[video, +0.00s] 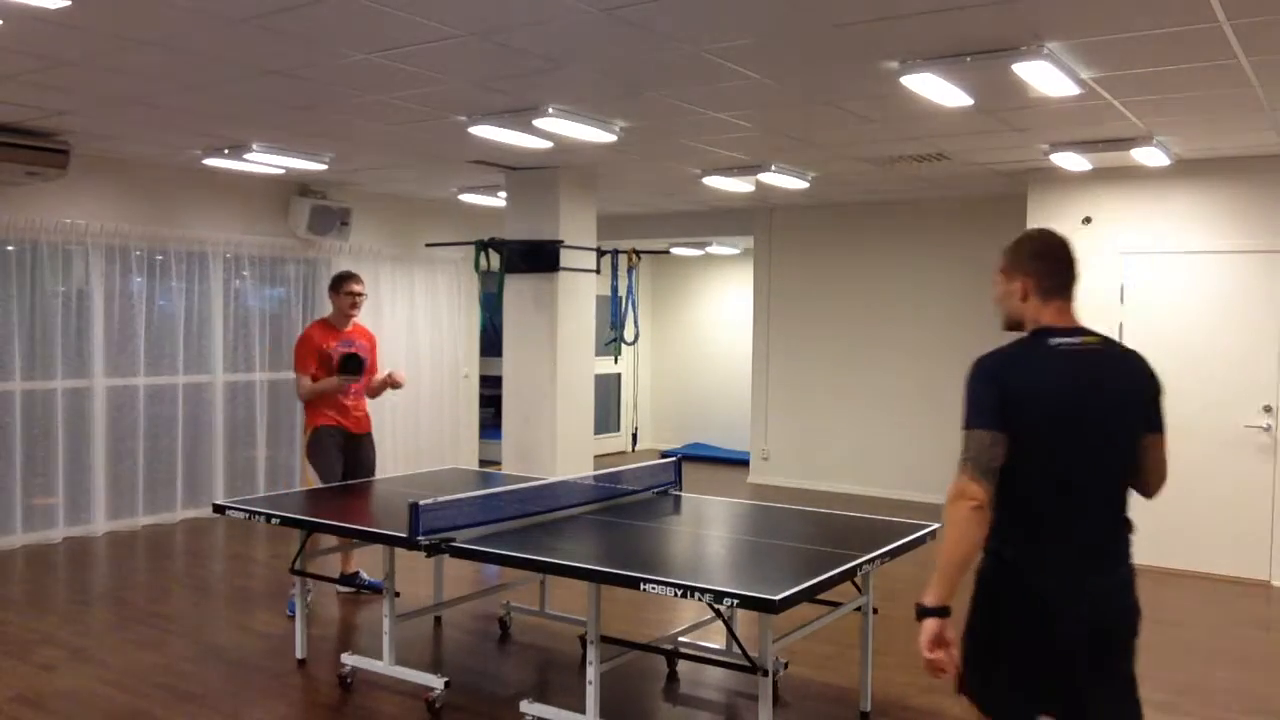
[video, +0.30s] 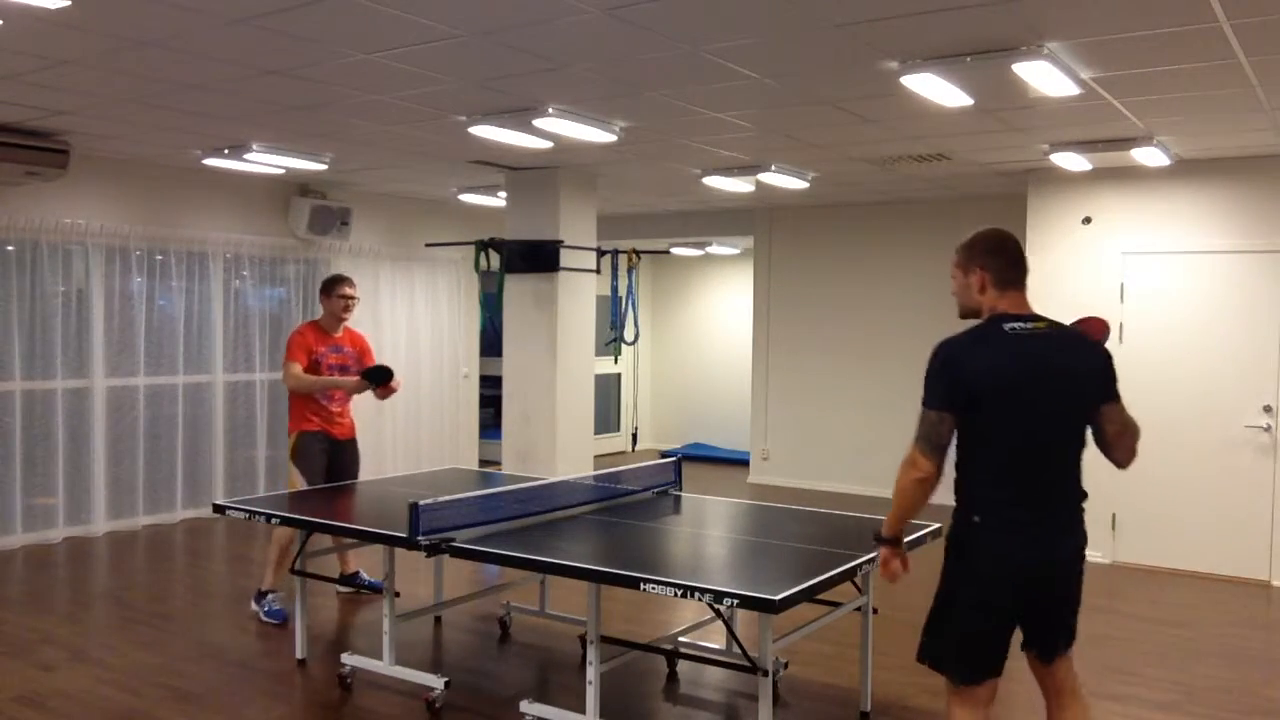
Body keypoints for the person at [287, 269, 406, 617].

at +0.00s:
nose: (357, 301)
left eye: (361, 296)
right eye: (350, 295)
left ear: (364, 300)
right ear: (333, 297)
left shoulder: (366, 338)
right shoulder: (312, 336)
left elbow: (369, 391)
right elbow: (303, 391)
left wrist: (386, 381)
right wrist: (338, 382)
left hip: (359, 426)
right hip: (325, 425)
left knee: (357, 500)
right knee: (331, 496)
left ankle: (348, 571)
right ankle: (301, 582)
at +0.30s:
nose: (349, 305)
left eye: (353, 300)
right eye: (343, 298)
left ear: (356, 304)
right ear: (324, 300)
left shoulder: (357, 341)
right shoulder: (304, 335)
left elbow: (371, 387)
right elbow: (292, 379)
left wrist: (385, 386)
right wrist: (347, 383)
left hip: (344, 433)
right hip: (309, 432)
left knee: (343, 506)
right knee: (298, 509)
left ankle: (349, 572)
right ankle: (266, 591)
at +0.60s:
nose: (334, 304)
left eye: (337, 299)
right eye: (328, 298)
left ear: (338, 304)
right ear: (307, 299)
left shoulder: (337, 342)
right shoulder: (286, 337)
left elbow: (339, 391)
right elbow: (273, 393)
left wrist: (362, 395)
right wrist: (321, 399)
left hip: (318, 435)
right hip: (283, 432)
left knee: (323, 508)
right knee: (282, 513)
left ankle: (342, 570)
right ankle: (264, 595)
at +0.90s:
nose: (331, 302)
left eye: (335, 297)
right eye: (325, 295)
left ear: (336, 301)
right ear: (305, 296)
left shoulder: (333, 339)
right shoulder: (280, 336)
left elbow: (339, 390)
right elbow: (250, 383)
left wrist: (360, 370)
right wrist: (287, 408)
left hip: (322, 436)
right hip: (285, 436)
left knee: (326, 511)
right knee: (273, 515)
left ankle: (331, 576)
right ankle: (264, 594)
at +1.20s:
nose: (343, 305)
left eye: (346, 300)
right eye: (337, 298)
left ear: (346, 304)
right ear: (318, 297)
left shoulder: (343, 336)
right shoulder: (293, 337)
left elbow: (374, 370)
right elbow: (271, 388)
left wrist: (364, 325)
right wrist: (309, 403)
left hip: (340, 436)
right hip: (303, 436)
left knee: (343, 507)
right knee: (286, 514)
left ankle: (340, 572)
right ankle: (265, 594)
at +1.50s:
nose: (354, 311)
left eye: (357, 306)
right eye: (349, 305)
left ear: (357, 307)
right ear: (328, 301)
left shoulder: (352, 337)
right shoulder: (300, 339)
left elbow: (382, 373)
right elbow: (279, 390)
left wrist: (373, 329)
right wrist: (319, 412)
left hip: (347, 440)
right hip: (306, 441)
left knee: (350, 508)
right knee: (286, 514)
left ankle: (341, 571)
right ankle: (265, 589)